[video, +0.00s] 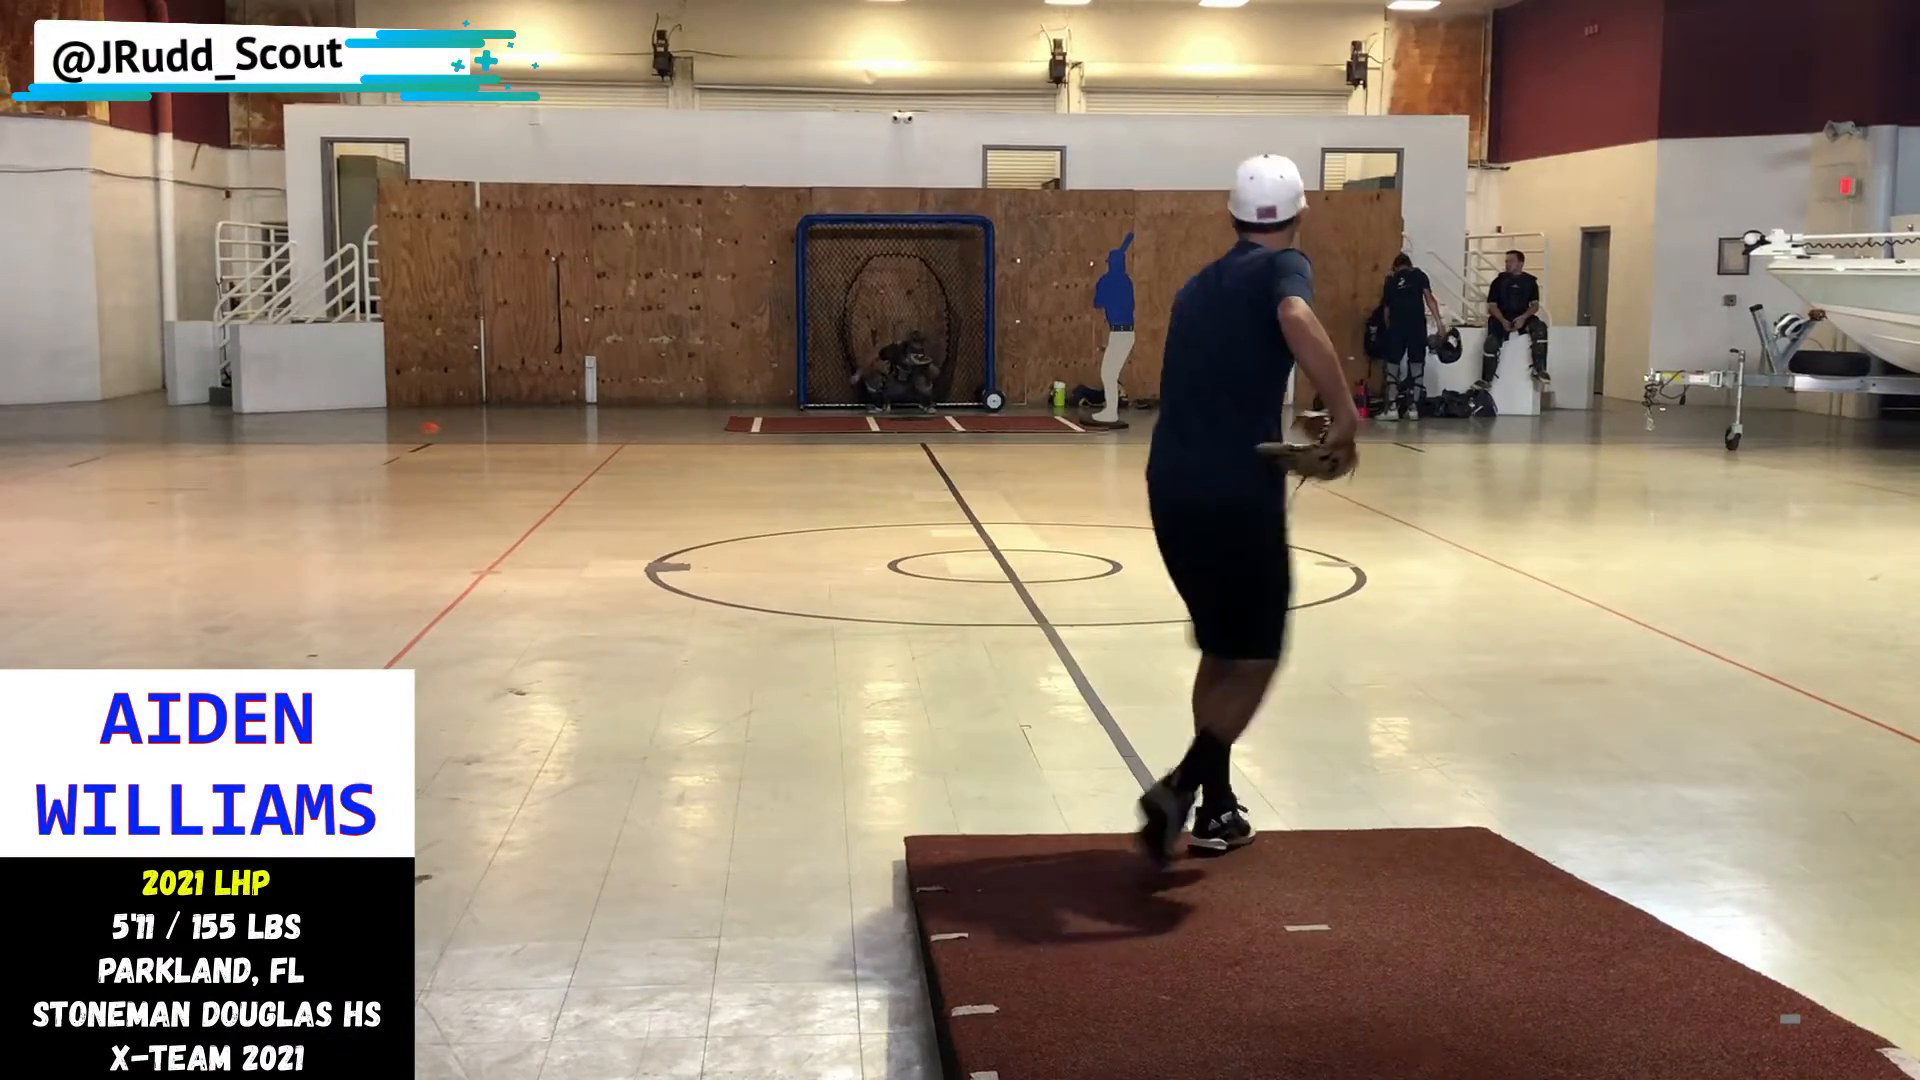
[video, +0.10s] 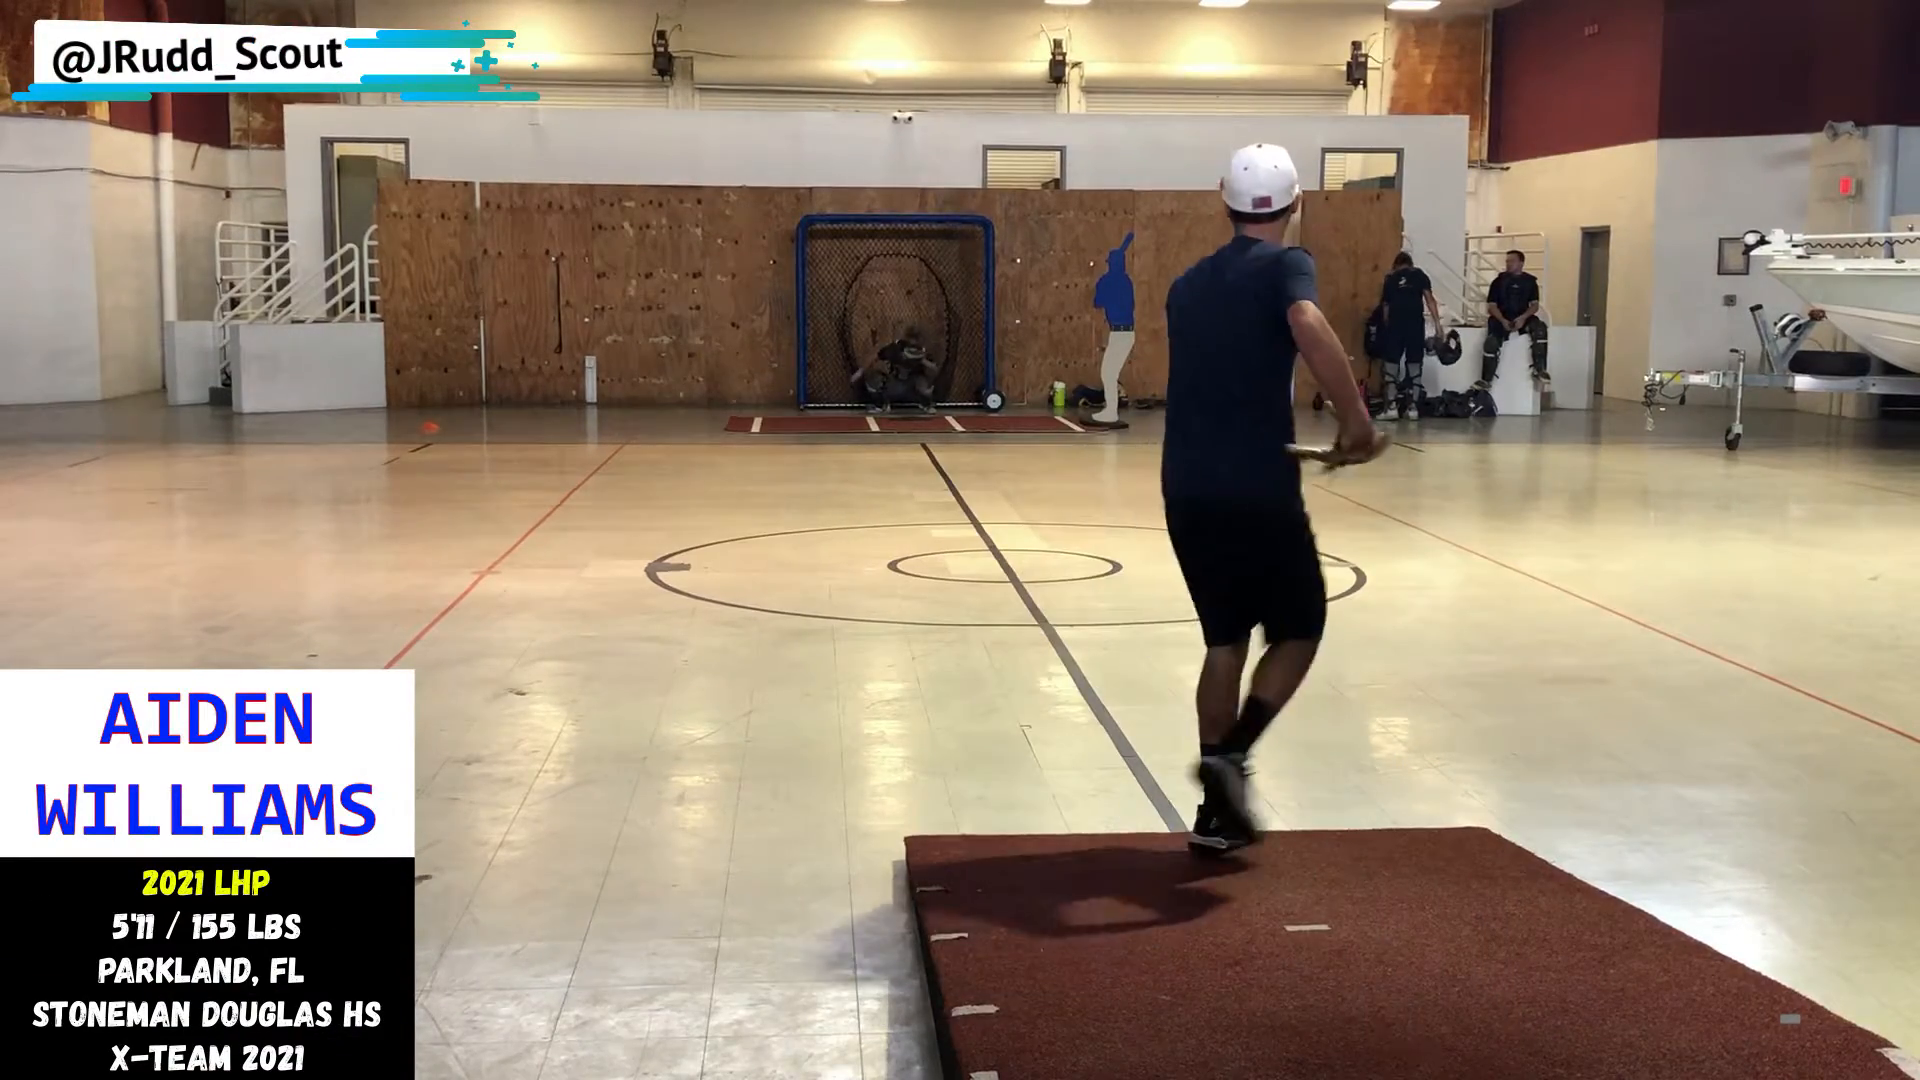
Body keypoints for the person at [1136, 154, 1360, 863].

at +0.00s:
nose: (1300, 219)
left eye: (1293, 208)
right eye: (1300, 210)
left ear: (1234, 217)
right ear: (1294, 215)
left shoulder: (1198, 285)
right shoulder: (1284, 263)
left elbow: (1193, 392)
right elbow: (1294, 319)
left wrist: (1265, 444)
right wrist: (1344, 420)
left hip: (1172, 482)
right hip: (1238, 486)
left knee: (1218, 643)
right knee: (1258, 651)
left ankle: (1217, 806)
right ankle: (1179, 789)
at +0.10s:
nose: (1297, 215)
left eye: (1287, 206)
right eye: (1297, 206)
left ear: (1229, 208)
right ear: (1291, 207)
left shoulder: (1186, 286)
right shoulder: (1289, 264)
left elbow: (1196, 391)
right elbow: (1305, 323)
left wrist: (1268, 442)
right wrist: (1358, 423)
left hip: (1188, 490)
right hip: (1256, 489)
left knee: (1224, 639)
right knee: (1298, 628)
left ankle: (1217, 810)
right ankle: (1233, 753)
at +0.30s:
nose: (1286, 206)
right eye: (1292, 197)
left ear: (1229, 198)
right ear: (1292, 201)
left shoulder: (1188, 280)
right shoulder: (1311, 270)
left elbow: (1182, 390)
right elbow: (1333, 366)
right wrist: (1377, 436)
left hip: (1209, 498)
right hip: (1294, 497)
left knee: (1225, 647)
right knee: (1308, 635)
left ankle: (1220, 805)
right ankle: (1320, 790)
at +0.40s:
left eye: (1249, 195)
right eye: (1296, 200)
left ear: (1236, 206)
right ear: (1301, 208)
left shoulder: (1198, 287)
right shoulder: (1330, 284)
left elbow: (1179, 394)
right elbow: (1355, 391)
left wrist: (1197, 456)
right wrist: (1381, 448)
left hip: (1218, 503)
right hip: (1303, 504)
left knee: (1231, 652)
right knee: (1307, 648)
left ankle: (1222, 803)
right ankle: (1315, 792)